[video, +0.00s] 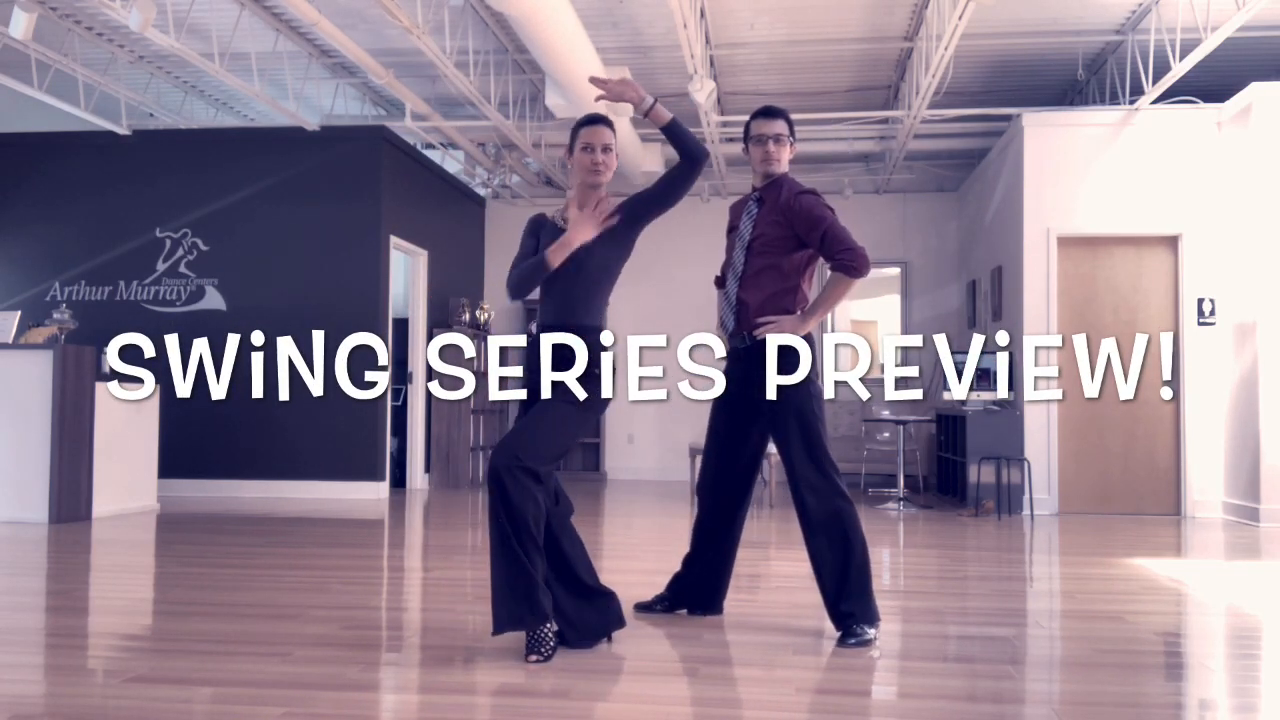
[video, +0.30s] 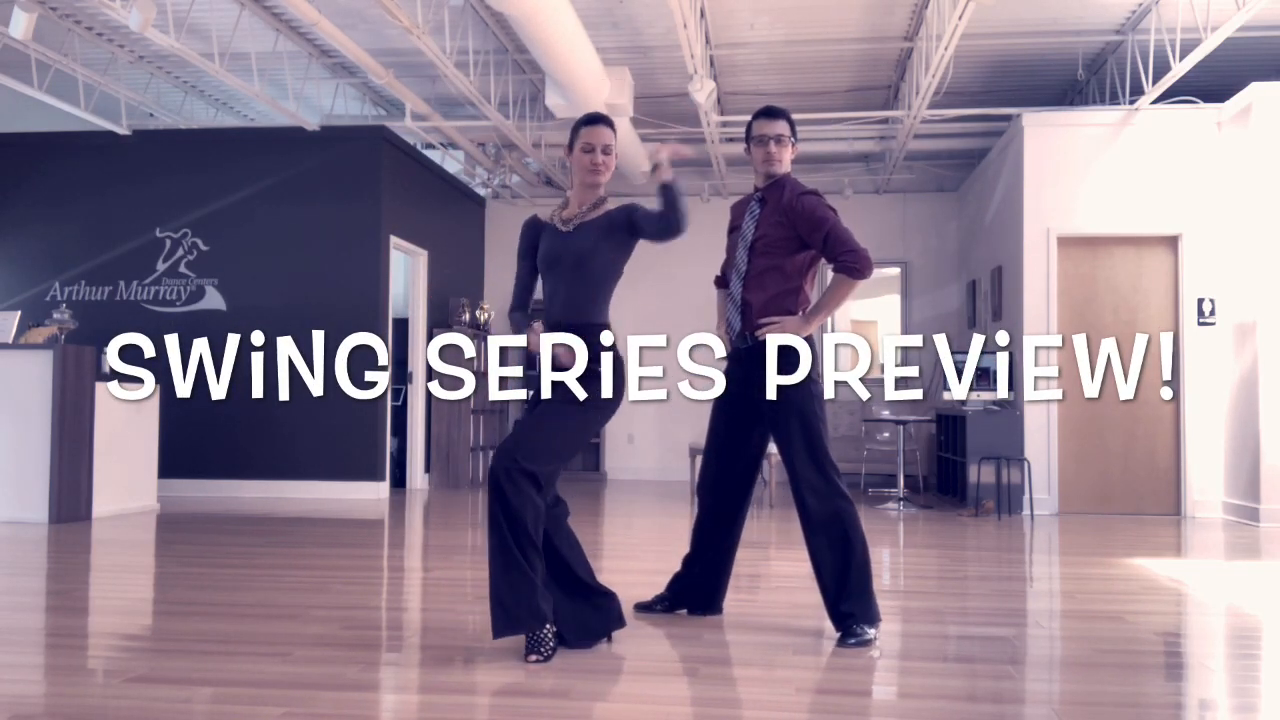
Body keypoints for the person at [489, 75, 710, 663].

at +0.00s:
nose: (597, 157)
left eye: (607, 149)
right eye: (588, 148)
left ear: (616, 160)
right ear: (568, 157)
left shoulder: (626, 215)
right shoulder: (545, 225)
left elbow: (694, 159)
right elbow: (516, 287)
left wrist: (644, 101)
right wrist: (566, 244)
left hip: (583, 368)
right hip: (538, 367)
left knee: (510, 464)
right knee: (539, 487)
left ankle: (537, 614)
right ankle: (588, 607)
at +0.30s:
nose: (598, 158)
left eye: (607, 151)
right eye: (589, 149)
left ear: (615, 162)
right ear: (569, 157)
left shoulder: (622, 216)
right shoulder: (539, 227)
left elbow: (671, 226)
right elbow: (519, 303)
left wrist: (666, 177)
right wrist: (527, 325)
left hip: (595, 369)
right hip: (547, 368)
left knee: (512, 466)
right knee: (533, 490)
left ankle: (535, 615)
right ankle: (587, 609)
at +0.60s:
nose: (602, 144)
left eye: (610, 135)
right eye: (591, 135)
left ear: (621, 143)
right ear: (573, 142)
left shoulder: (627, 198)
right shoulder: (556, 199)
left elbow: (603, 274)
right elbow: (482, 214)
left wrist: (557, 243)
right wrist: (470, 231)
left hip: (608, 359)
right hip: (558, 357)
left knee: (553, 460)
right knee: (550, 470)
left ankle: (547, 617)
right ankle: (591, 606)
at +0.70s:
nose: (603, 151)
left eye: (612, 142)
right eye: (592, 142)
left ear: (623, 149)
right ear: (575, 150)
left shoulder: (631, 206)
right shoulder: (556, 207)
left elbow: (602, 279)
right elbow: (490, 232)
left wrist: (557, 249)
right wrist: (477, 245)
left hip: (606, 365)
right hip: (555, 362)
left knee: (550, 461)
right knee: (544, 475)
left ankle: (545, 620)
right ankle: (590, 607)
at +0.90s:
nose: (603, 151)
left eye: (613, 142)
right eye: (593, 142)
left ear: (626, 151)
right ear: (579, 150)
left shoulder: (635, 211)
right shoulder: (558, 214)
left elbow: (616, 286)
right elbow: (503, 276)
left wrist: (563, 258)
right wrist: (490, 261)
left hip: (605, 366)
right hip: (555, 363)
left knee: (539, 452)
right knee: (540, 478)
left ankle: (557, 614)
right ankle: (570, 610)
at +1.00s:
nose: (598, 146)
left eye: (608, 138)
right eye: (589, 138)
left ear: (625, 150)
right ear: (577, 148)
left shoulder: (633, 213)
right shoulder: (560, 214)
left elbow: (632, 294)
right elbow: (499, 277)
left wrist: (567, 258)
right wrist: (493, 236)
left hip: (604, 361)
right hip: (554, 359)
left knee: (539, 452)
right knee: (547, 480)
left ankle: (538, 617)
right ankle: (588, 608)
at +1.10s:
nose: (588, 146)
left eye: (600, 139)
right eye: (581, 139)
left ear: (621, 154)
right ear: (573, 151)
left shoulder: (630, 214)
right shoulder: (563, 218)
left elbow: (632, 283)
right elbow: (491, 258)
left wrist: (583, 223)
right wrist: (513, 196)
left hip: (602, 368)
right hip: (558, 367)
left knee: (534, 457)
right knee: (543, 483)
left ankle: (536, 616)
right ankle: (588, 610)